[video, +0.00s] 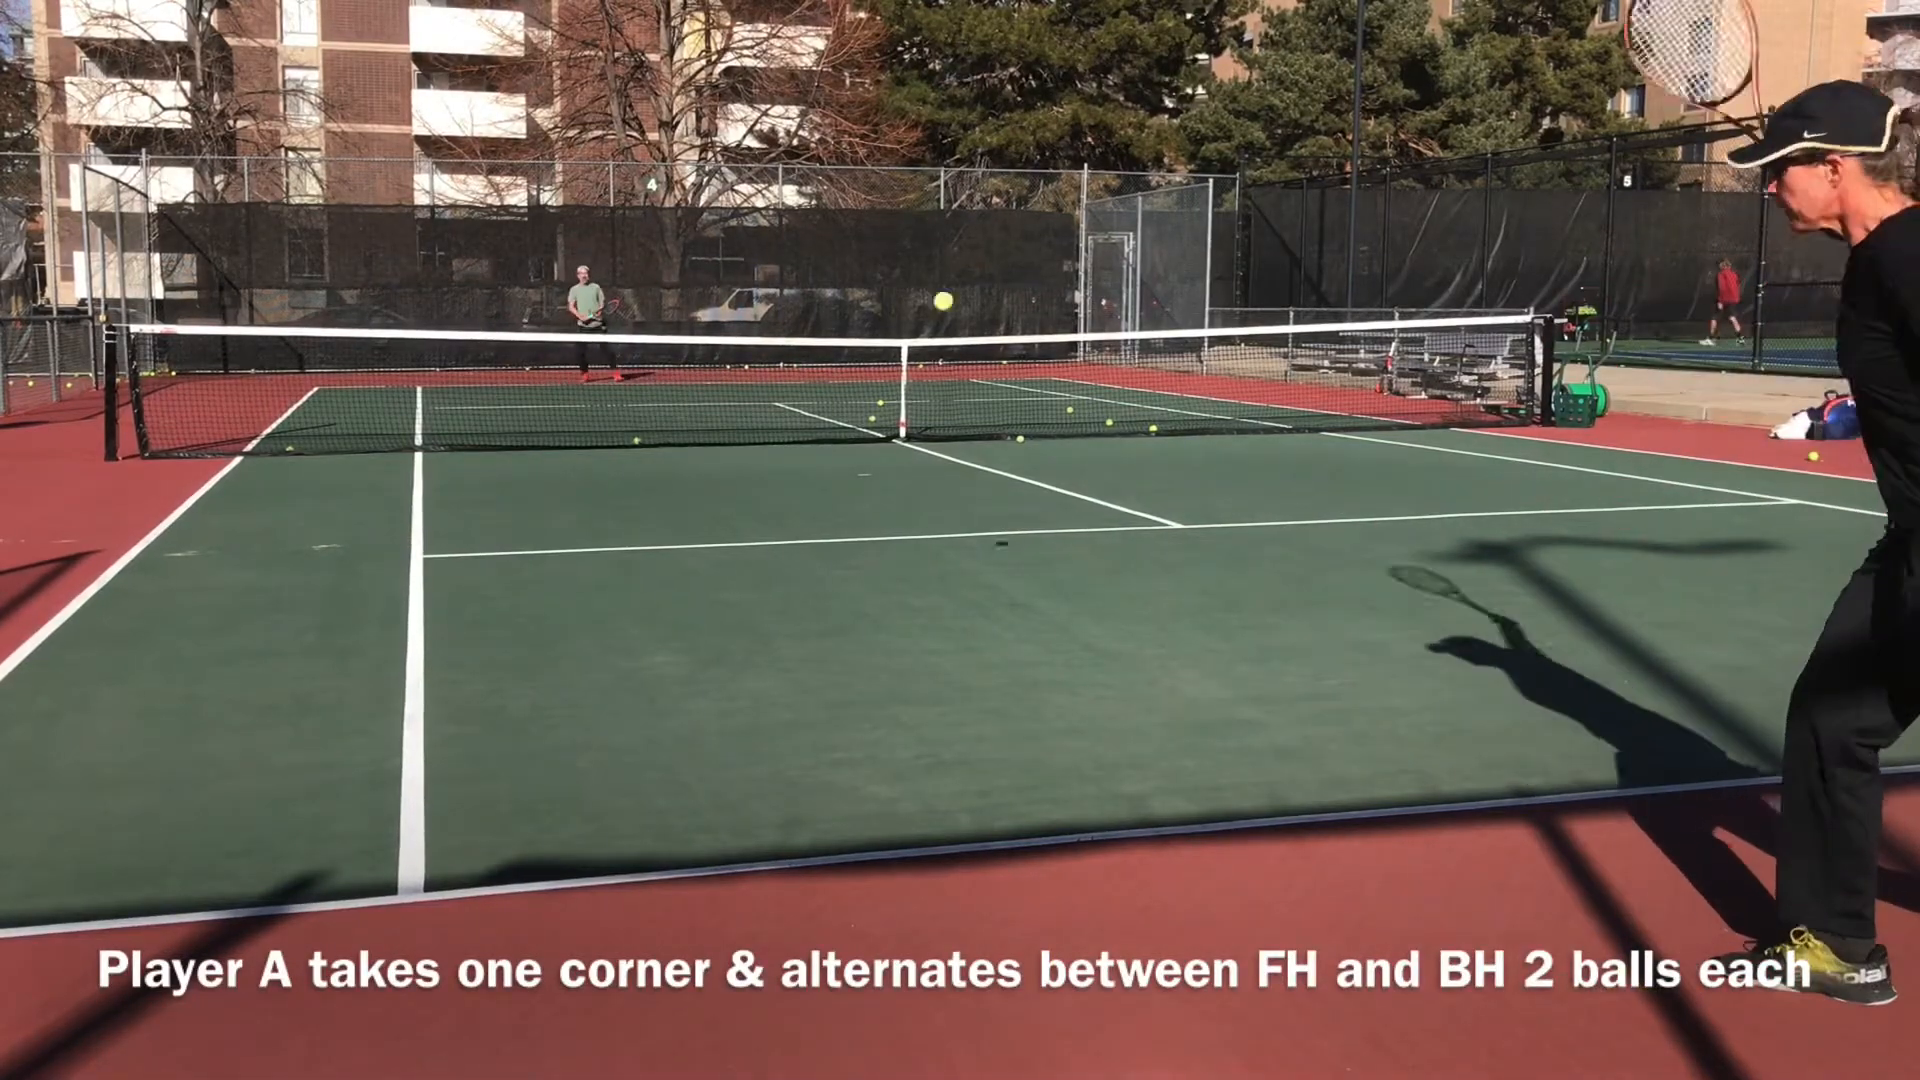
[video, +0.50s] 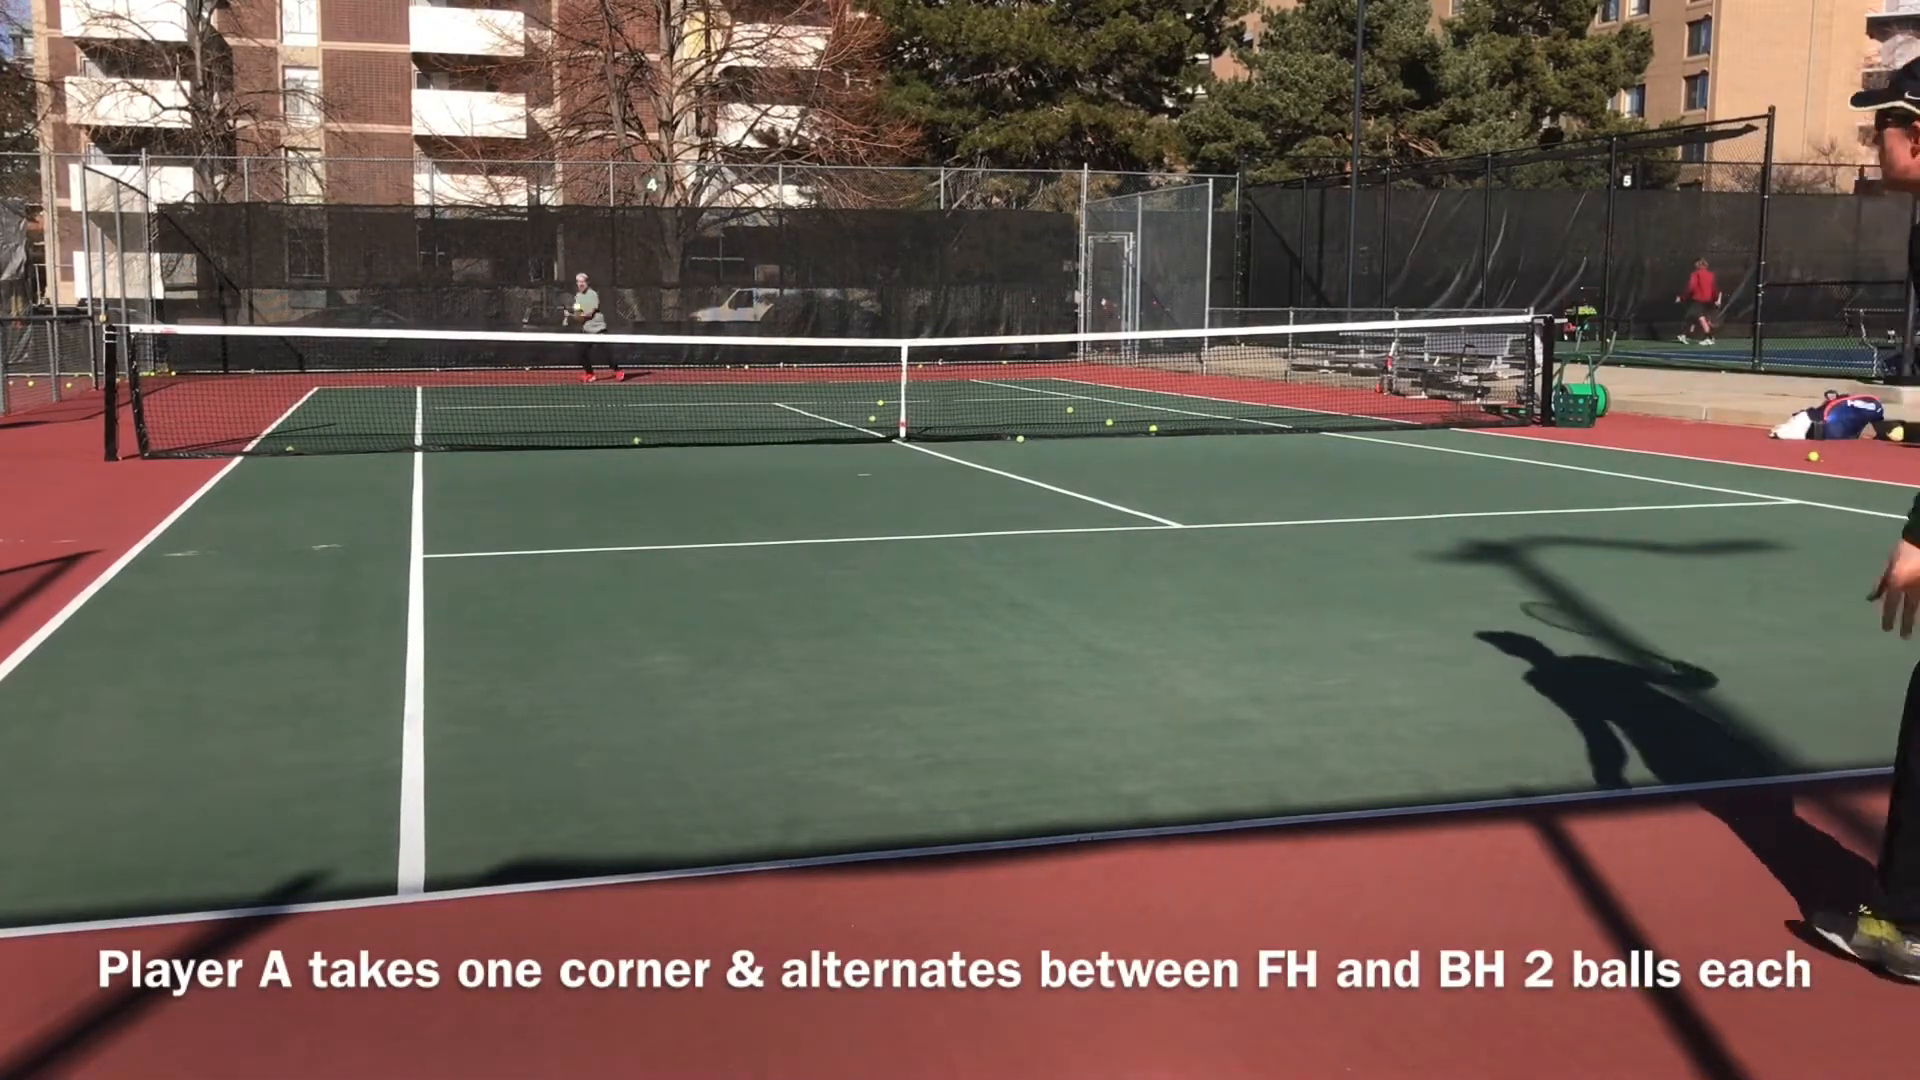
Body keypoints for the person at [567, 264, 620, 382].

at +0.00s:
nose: (584, 276)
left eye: (586, 273)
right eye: (581, 274)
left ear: (588, 274)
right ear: (578, 275)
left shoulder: (596, 287)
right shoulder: (574, 290)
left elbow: (601, 302)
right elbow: (571, 306)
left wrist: (598, 312)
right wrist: (580, 316)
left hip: (597, 324)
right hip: (583, 324)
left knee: (605, 347)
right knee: (581, 350)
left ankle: (615, 371)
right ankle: (584, 373)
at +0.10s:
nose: (588, 279)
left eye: (590, 276)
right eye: (586, 276)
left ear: (593, 277)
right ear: (582, 278)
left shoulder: (600, 290)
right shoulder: (579, 292)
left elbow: (608, 305)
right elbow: (576, 309)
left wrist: (604, 313)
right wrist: (584, 319)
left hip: (601, 325)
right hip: (587, 326)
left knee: (612, 348)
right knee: (585, 350)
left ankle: (625, 370)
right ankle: (586, 371)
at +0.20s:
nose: (591, 283)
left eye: (593, 281)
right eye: (589, 281)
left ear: (596, 282)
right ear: (585, 283)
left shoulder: (603, 295)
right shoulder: (583, 298)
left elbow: (611, 308)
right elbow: (582, 314)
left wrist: (606, 317)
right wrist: (587, 326)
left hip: (606, 328)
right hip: (592, 329)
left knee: (615, 349)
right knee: (585, 350)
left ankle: (625, 372)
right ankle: (587, 372)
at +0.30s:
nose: (591, 285)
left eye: (593, 283)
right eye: (588, 283)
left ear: (596, 284)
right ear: (585, 285)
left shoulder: (603, 296)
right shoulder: (583, 300)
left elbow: (610, 310)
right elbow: (584, 316)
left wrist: (603, 322)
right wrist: (587, 329)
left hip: (606, 328)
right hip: (592, 330)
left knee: (615, 349)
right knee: (585, 350)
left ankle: (625, 372)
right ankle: (589, 372)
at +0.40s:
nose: (587, 285)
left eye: (588, 282)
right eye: (584, 282)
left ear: (592, 284)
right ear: (581, 285)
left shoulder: (598, 296)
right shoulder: (580, 298)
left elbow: (601, 314)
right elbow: (580, 315)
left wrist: (588, 320)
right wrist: (579, 327)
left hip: (602, 329)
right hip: (587, 330)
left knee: (612, 350)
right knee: (584, 351)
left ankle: (624, 372)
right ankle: (589, 372)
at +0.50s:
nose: (580, 284)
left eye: (582, 281)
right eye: (578, 281)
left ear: (587, 282)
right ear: (576, 283)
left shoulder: (592, 294)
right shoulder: (578, 296)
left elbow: (591, 312)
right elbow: (577, 311)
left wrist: (579, 316)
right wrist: (570, 315)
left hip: (599, 326)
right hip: (587, 327)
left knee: (606, 349)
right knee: (582, 351)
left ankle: (617, 370)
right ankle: (589, 373)